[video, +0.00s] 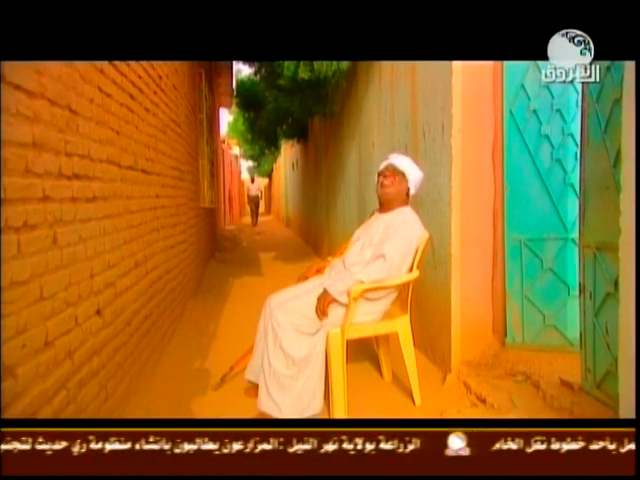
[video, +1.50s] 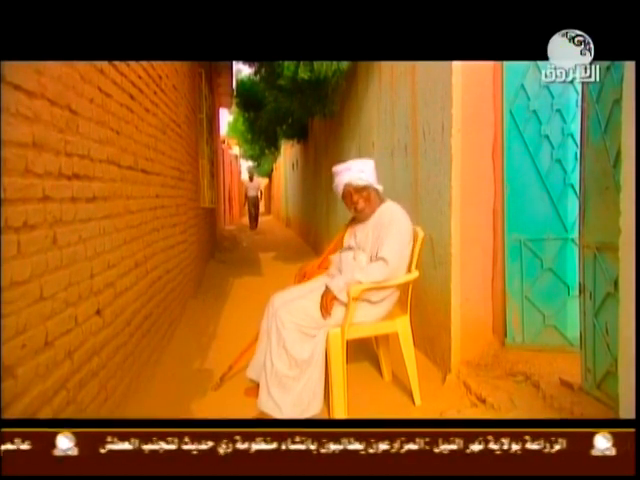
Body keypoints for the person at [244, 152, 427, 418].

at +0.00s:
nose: (385, 179)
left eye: (394, 175)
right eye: (382, 175)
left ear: (408, 187)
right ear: (377, 183)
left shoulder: (406, 223)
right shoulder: (381, 216)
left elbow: (388, 270)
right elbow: (354, 255)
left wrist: (336, 291)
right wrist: (325, 267)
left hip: (362, 300)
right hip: (341, 283)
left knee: (284, 315)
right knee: (274, 304)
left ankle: (289, 405)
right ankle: (265, 377)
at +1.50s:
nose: (356, 202)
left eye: (359, 193)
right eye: (349, 198)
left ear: (373, 190)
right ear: (345, 201)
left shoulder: (395, 218)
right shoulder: (361, 219)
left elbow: (389, 270)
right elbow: (344, 258)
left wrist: (339, 287)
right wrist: (328, 283)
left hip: (368, 299)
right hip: (342, 286)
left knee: (288, 315)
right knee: (278, 303)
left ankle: (289, 407)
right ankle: (268, 377)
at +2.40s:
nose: (321, 217)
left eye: (321, 209)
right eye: (316, 212)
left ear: (335, 198)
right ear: (322, 207)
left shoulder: (368, 217)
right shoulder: (341, 217)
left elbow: (383, 270)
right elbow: (338, 258)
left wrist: (335, 277)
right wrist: (327, 283)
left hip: (366, 297)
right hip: (339, 285)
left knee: (286, 317)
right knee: (275, 304)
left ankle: (289, 406)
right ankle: (266, 380)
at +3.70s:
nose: (339, 192)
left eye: (346, 186)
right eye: (339, 185)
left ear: (365, 190)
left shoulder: (386, 217)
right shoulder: (361, 215)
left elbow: (388, 271)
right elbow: (347, 256)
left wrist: (339, 286)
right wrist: (327, 277)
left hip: (368, 301)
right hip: (342, 288)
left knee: (288, 317)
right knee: (277, 304)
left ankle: (290, 406)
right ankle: (267, 379)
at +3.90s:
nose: (346, 194)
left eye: (351, 188)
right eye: (346, 187)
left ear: (369, 191)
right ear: (365, 191)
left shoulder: (391, 218)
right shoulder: (367, 215)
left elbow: (389, 270)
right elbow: (349, 254)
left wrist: (339, 285)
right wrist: (325, 271)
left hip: (368, 301)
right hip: (343, 288)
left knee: (289, 317)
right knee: (277, 304)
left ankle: (288, 406)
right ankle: (267, 379)